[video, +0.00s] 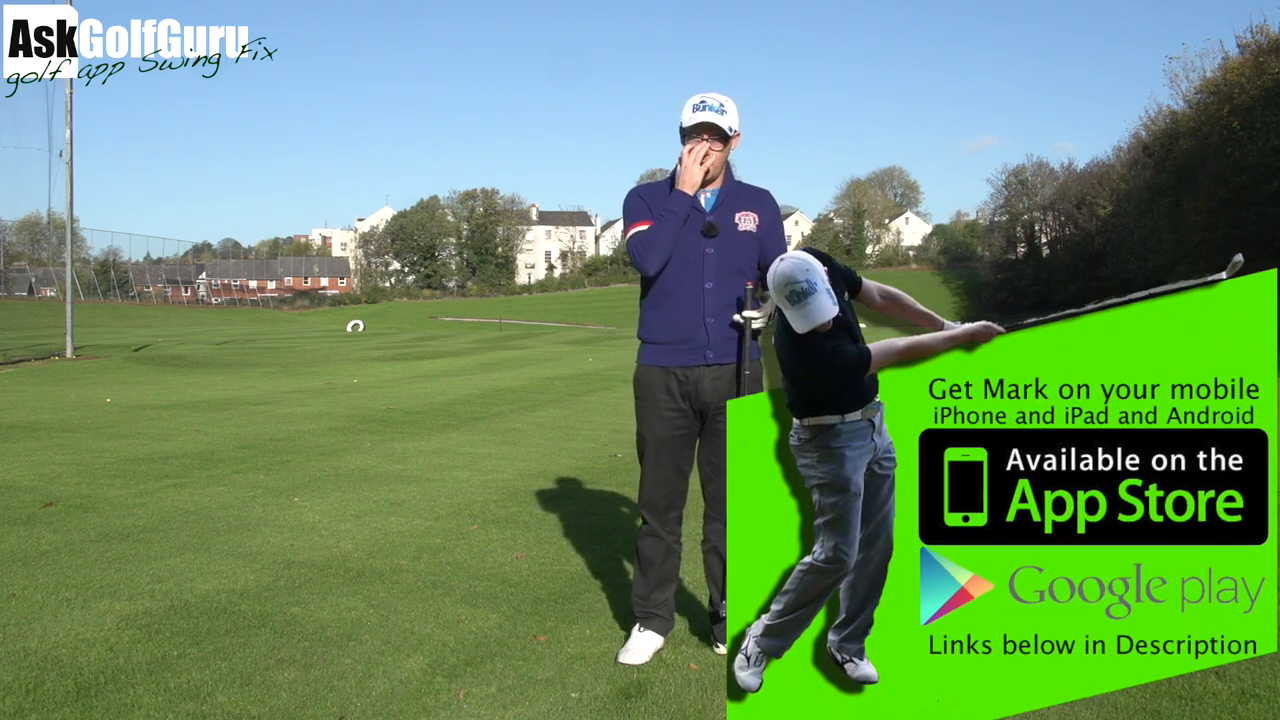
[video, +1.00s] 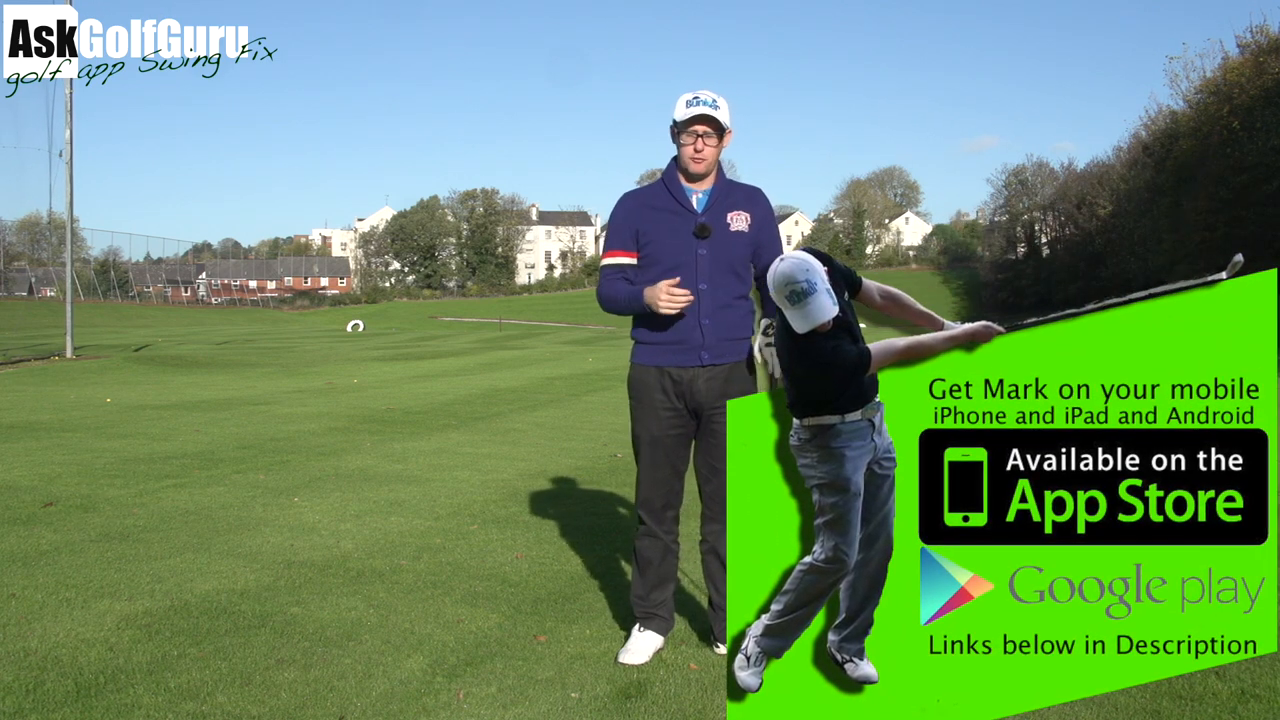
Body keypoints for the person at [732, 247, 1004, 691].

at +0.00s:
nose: (823, 324)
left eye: (825, 310)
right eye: (811, 321)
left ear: (824, 284)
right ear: (785, 309)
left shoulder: (819, 268)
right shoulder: (808, 351)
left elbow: (880, 296)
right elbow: (900, 351)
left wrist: (946, 326)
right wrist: (963, 337)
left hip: (871, 425)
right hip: (829, 439)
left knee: (874, 547)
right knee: (835, 555)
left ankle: (846, 643)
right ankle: (762, 641)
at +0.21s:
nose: (823, 324)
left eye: (826, 310)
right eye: (811, 322)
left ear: (825, 284)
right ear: (786, 309)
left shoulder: (819, 268)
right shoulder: (810, 352)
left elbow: (880, 296)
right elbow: (901, 351)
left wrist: (946, 326)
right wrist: (963, 337)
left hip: (871, 426)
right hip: (829, 440)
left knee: (874, 547)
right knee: (835, 555)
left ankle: (846, 643)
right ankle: (762, 641)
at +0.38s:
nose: (824, 324)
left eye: (826, 310)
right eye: (812, 321)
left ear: (825, 284)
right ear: (787, 309)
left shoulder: (819, 268)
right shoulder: (810, 352)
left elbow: (880, 296)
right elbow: (901, 351)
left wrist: (946, 326)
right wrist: (963, 337)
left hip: (871, 425)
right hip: (828, 439)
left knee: (874, 547)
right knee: (835, 555)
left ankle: (846, 643)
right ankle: (762, 641)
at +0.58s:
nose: (824, 324)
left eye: (826, 311)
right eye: (812, 322)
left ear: (825, 284)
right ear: (787, 310)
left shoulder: (819, 268)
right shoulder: (809, 351)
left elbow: (880, 296)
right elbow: (900, 351)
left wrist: (946, 326)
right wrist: (963, 337)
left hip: (871, 426)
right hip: (828, 440)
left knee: (874, 547)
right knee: (835, 555)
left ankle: (846, 643)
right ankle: (762, 641)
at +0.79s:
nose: (824, 324)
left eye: (825, 311)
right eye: (811, 322)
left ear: (824, 285)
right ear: (786, 310)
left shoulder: (818, 268)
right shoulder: (808, 351)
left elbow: (880, 296)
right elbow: (899, 352)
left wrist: (946, 327)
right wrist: (963, 337)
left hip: (871, 425)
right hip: (828, 439)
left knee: (874, 546)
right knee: (835, 555)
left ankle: (846, 642)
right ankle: (762, 641)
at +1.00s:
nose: (823, 324)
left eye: (825, 311)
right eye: (811, 322)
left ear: (824, 285)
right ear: (785, 311)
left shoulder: (818, 268)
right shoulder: (809, 353)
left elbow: (880, 296)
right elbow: (900, 352)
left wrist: (946, 327)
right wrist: (963, 337)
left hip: (871, 425)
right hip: (829, 439)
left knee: (874, 546)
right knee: (835, 555)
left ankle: (846, 642)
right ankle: (762, 641)